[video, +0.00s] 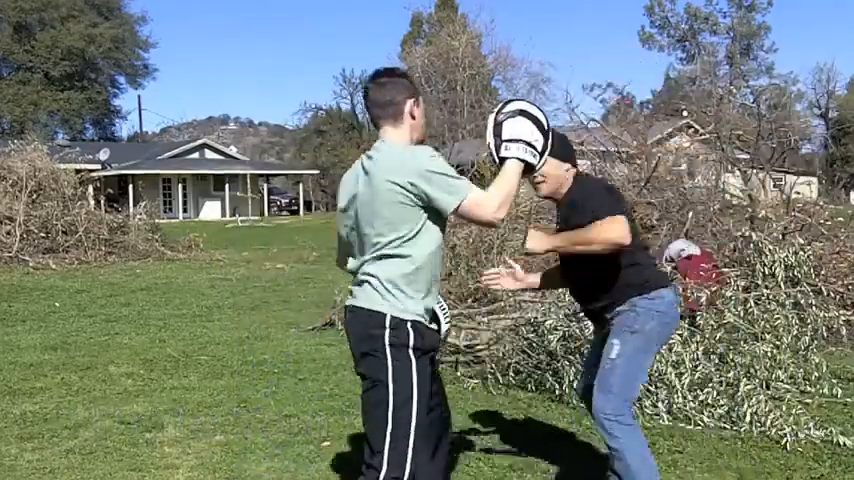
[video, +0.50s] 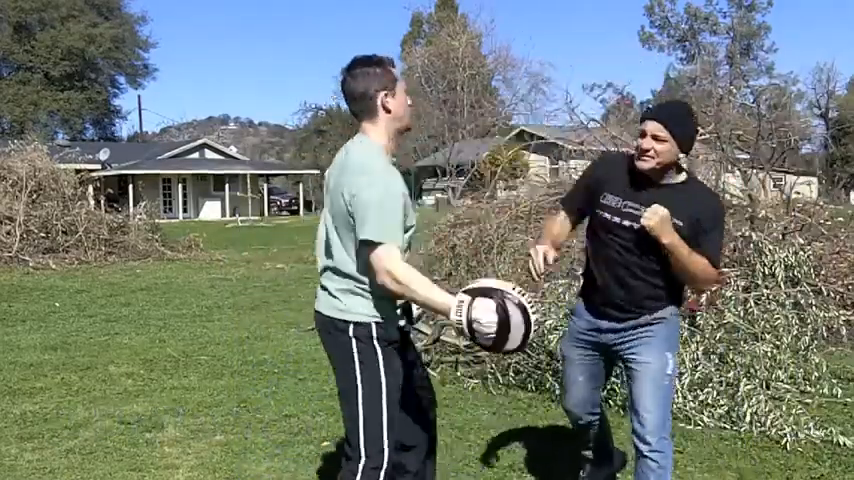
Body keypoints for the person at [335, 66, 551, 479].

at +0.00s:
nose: (424, 113)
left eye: (420, 105)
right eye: (422, 105)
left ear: (372, 116)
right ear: (413, 109)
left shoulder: (354, 175)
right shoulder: (415, 161)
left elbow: (347, 254)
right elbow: (493, 210)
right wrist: (518, 153)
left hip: (373, 314)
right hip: (397, 321)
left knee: (432, 435)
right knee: (397, 454)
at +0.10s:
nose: (412, 105)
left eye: (408, 97)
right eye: (411, 97)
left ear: (360, 108)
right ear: (401, 100)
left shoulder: (343, 168)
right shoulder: (409, 156)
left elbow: (323, 244)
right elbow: (487, 202)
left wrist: (380, 249)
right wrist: (513, 144)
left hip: (362, 312)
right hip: (389, 319)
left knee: (430, 433)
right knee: (388, 456)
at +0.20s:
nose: (400, 99)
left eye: (397, 90)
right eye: (398, 91)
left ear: (349, 103)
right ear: (387, 96)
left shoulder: (333, 166)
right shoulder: (399, 156)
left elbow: (316, 241)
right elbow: (479, 199)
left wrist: (375, 240)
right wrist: (509, 139)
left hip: (354, 312)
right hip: (389, 319)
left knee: (411, 441)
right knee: (387, 454)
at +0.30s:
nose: (390, 97)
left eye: (386, 88)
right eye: (385, 88)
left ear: (338, 100)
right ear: (371, 93)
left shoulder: (324, 166)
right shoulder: (387, 154)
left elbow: (323, 239)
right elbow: (471, 197)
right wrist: (530, 149)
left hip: (354, 314)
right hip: (384, 320)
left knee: (411, 446)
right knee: (387, 457)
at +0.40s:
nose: (390, 96)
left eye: (385, 87)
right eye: (385, 88)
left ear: (343, 105)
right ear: (370, 97)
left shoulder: (333, 162)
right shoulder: (376, 167)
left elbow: (335, 249)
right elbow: (438, 240)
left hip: (361, 317)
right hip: (375, 323)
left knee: (417, 427)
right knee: (380, 455)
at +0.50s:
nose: (411, 101)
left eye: (407, 91)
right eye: (405, 92)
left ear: (372, 106)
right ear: (386, 103)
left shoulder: (357, 157)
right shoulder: (374, 172)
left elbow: (346, 246)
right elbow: (386, 270)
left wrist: (404, 295)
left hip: (376, 316)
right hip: (359, 320)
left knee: (416, 427)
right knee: (375, 452)